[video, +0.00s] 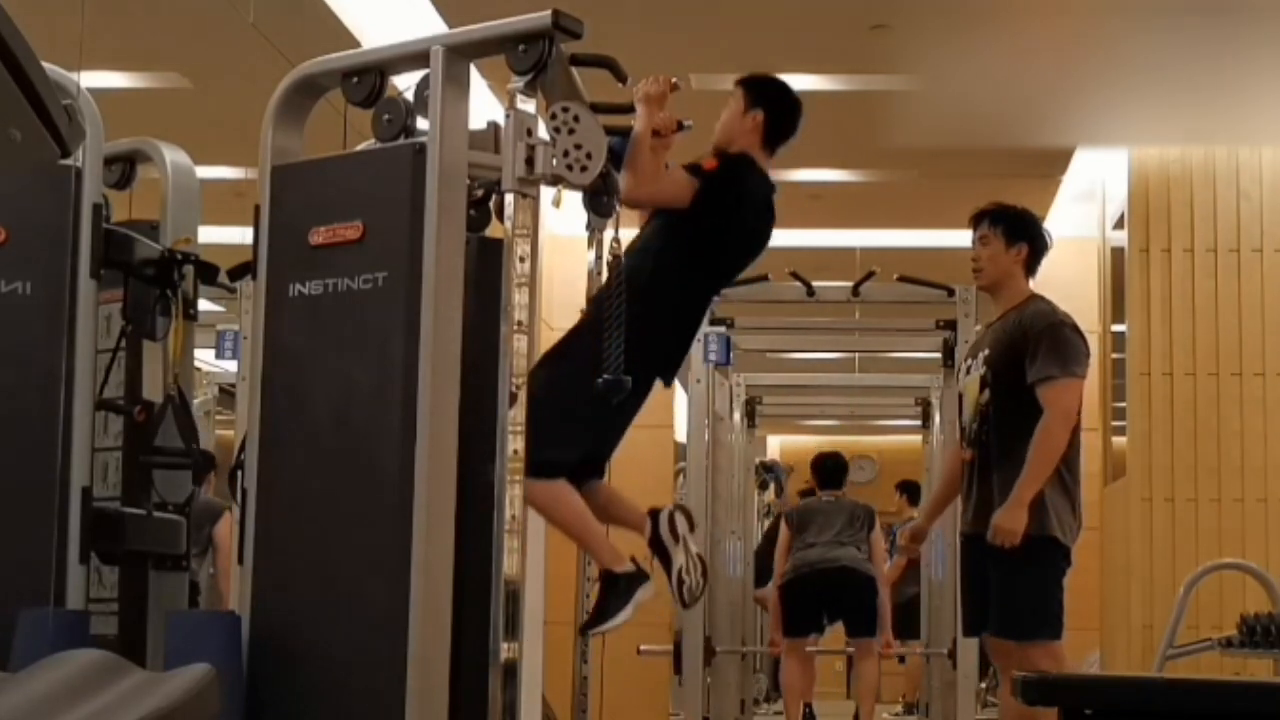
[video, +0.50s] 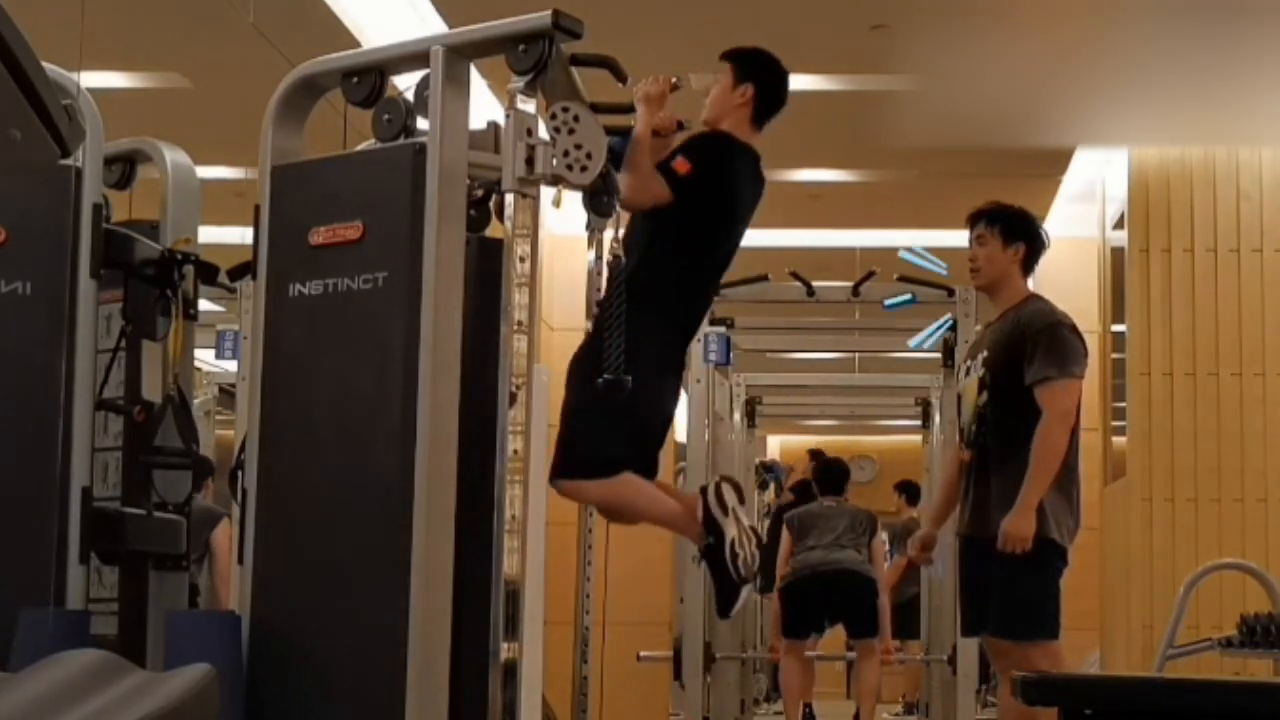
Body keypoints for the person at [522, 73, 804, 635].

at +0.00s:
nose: (719, 117)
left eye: (729, 106)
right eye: (726, 105)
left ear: (753, 119)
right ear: (767, 128)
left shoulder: (733, 180)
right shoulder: (754, 197)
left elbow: (640, 187)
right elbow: (649, 208)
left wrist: (645, 119)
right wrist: (658, 145)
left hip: (620, 332)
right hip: (643, 345)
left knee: (535, 472)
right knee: (581, 481)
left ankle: (617, 572)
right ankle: (655, 528)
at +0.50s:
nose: (707, 92)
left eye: (717, 81)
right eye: (711, 80)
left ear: (742, 94)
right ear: (759, 104)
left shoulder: (715, 152)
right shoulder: (741, 165)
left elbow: (636, 191)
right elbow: (656, 200)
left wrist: (643, 121)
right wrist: (662, 140)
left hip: (635, 326)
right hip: (657, 333)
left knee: (576, 475)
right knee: (616, 500)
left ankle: (701, 523)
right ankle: (706, 513)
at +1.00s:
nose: (708, 216)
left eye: (720, 213)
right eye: (718, 210)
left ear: (736, 239)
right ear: (741, 246)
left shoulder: (700, 289)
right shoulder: (704, 288)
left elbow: (643, 207)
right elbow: (649, 213)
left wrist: (643, 123)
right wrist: (658, 135)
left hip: (624, 481)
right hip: (645, 480)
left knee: (599, 646)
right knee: (641, 623)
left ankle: (731, 665)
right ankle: (741, 652)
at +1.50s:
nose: (722, 219)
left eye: (734, 219)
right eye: (732, 215)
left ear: (747, 248)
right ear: (751, 253)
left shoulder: (707, 286)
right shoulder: (707, 288)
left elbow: (642, 208)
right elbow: (646, 214)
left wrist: (644, 125)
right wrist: (656, 137)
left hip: (603, 455)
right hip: (621, 456)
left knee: (558, 621)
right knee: (607, 602)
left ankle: (699, 654)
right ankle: (702, 630)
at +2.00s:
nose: (720, 104)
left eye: (729, 95)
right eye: (726, 94)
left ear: (753, 107)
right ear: (766, 114)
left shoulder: (730, 160)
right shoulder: (757, 182)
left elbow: (642, 188)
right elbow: (646, 198)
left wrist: (646, 117)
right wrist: (659, 140)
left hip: (621, 310)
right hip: (645, 323)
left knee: (533, 450)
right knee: (572, 454)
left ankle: (634, 510)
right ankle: (645, 494)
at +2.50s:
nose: (714, 82)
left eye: (725, 73)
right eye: (721, 71)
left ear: (748, 87)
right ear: (758, 95)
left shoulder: (717, 147)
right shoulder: (734, 155)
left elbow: (637, 195)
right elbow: (654, 203)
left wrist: (643, 123)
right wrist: (661, 140)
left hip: (617, 303)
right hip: (639, 312)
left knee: (557, 451)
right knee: (607, 476)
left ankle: (688, 490)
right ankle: (693, 486)